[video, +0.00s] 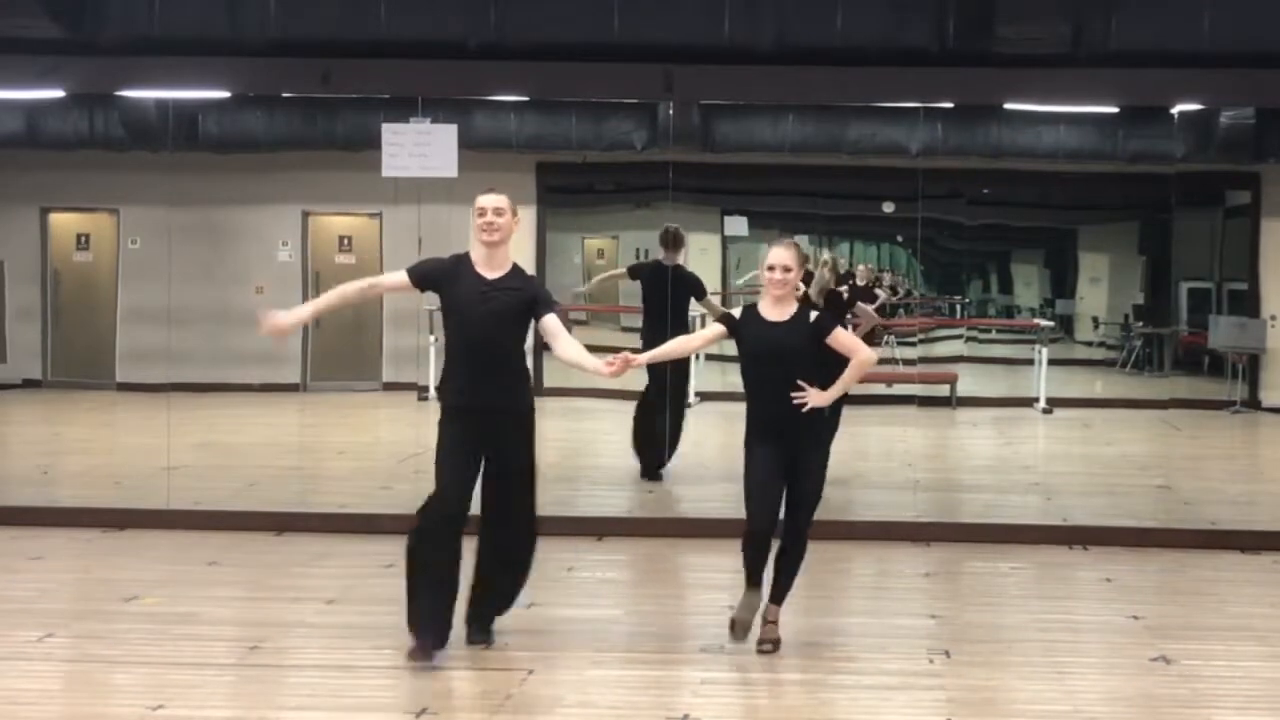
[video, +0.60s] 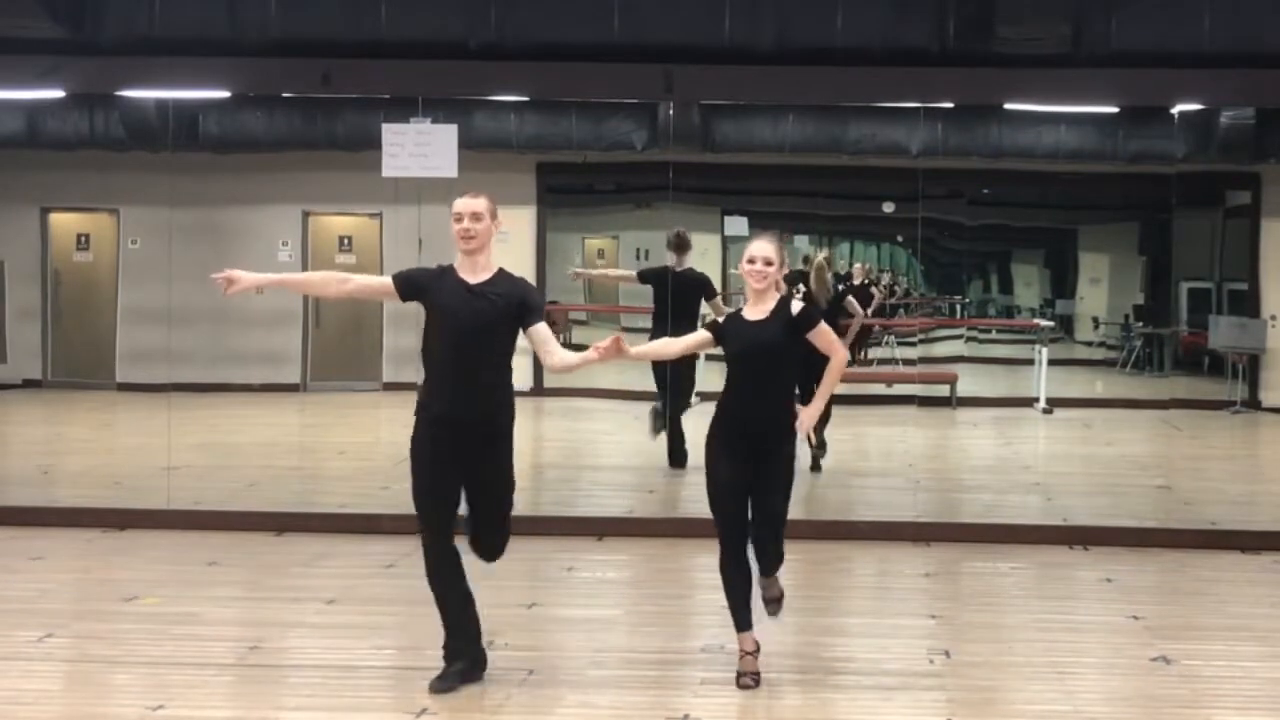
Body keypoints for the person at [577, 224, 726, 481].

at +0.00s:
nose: (679, 249)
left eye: (671, 245)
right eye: (681, 245)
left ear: (661, 245)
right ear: (683, 246)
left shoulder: (646, 269)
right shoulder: (688, 278)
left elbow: (609, 276)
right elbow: (712, 307)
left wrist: (588, 287)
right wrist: (729, 319)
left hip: (651, 344)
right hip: (679, 347)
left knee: (654, 393)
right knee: (674, 402)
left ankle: (646, 452)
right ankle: (659, 457)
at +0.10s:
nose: (675, 250)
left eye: (670, 245)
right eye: (680, 245)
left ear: (662, 246)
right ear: (683, 247)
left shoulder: (649, 270)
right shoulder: (691, 279)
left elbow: (611, 273)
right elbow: (715, 307)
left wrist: (578, 277)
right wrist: (734, 317)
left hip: (653, 345)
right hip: (679, 348)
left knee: (665, 397)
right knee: (652, 398)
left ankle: (681, 444)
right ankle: (631, 455)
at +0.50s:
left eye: (673, 242)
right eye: (687, 242)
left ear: (669, 245)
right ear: (690, 245)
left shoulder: (658, 268)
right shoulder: (700, 276)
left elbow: (619, 270)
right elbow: (721, 307)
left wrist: (583, 271)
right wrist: (737, 312)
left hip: (657, 341)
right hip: (684, 343)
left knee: (668, 396)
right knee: (664, 395)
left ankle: (676, 455)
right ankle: (641, 450)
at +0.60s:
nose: (679, 253)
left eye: (674, 248)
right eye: (686, 248)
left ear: (669, 249)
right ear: (690, 250)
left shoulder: (658, 274)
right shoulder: (700, 279)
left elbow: (620, 275)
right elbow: (720, 312)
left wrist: (587, 273)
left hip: (658, 346)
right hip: (686, 347)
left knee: (668, 396)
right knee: (684, 397)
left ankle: (677, 457)